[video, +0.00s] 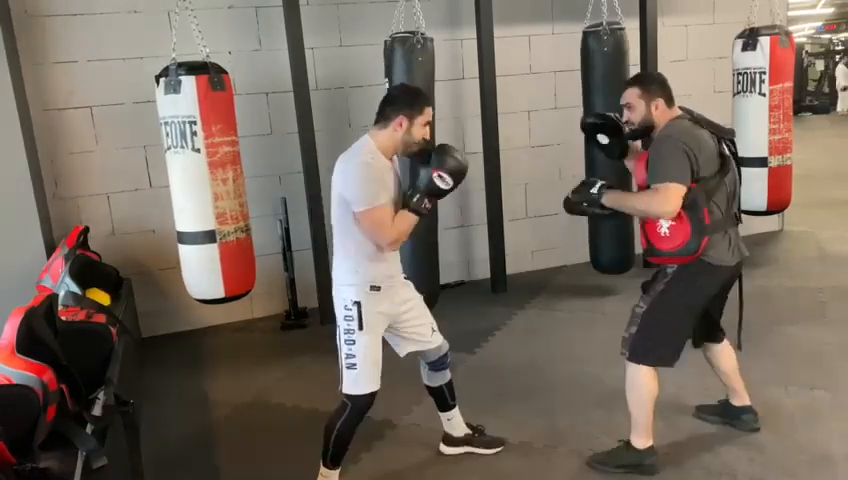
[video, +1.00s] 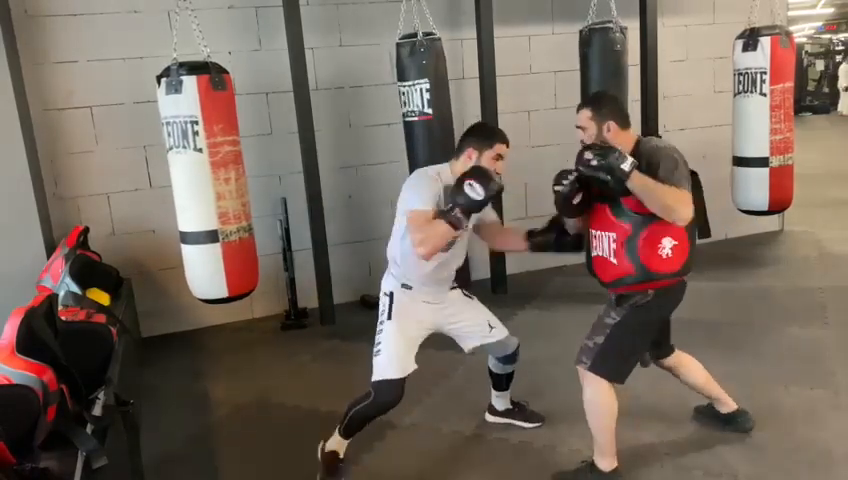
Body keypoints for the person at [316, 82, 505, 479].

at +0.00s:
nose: (429, 135)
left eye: (430, 126)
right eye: (425, 125)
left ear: (399, 124)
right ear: (400, 123)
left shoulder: (390, 160)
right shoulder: (358, 166)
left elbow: (395, 220)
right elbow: (388, 237)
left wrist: (423, 186)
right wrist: (425, 199)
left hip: (393, 282)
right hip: (358, 290)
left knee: (435, 352)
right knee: (361, 393)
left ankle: (456, 434)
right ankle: (327, 473)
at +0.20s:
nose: (427, 133)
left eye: (428, 124)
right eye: (423, 124)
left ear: (397, 122)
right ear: (400, 122)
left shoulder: (385, 157)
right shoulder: (362, 163)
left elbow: (408, 213)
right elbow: (415, 226)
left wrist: (439, 176)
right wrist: (444, 177)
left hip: (397, 284)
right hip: (363, 294)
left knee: (450, 341)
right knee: (367, 396)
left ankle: (460, 423)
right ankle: (328, 473)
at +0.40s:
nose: (456, 140)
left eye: (458, 131)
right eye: (453, 131)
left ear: (428, 129)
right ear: (429, 128)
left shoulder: (428, 164)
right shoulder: (379, 167)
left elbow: (453, 176)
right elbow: (400, 239)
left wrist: (489, 157)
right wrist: (440, 200)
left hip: (423, 284)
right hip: (380, 293)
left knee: (476, 344)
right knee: (372, 393)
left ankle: (491, 405)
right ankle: (330, 471)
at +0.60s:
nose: (491, 163)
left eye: (493, 156)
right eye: (491, 155)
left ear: (467, 149)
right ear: (474, 150)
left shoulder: (448, 175)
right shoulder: (439, 180)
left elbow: (460, 212)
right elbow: (451, 245)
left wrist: (499, 193)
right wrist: (494, 223)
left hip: (438, 293)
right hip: (415, 302)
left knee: (490, 339)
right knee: (425, 413)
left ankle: (501, 405)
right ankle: (343, 469)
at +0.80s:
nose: (508, 180)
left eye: (511, 173)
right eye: (507, 172)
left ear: (483, 167)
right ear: (488, 168)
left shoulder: (465, 191)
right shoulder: (453, 187)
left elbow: (486, 223)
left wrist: (524, 209)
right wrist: (532, 217)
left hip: (451, 302)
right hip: (419, 309)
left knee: (509, 346)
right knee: (407, 417)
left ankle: (501, 407)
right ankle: (338, 473)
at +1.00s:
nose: (501, 171)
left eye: (503, 162)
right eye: (497, 159)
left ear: (475, 157)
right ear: (471, 154)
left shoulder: (476, 191)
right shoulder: (423, 182)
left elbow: (495, 237)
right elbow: (425, 246)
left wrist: (546, 234)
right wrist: (463, 205)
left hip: (448, 294)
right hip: (404, 296)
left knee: (506, 347)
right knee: (387, 394)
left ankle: (501, 407)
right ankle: (336, 444)